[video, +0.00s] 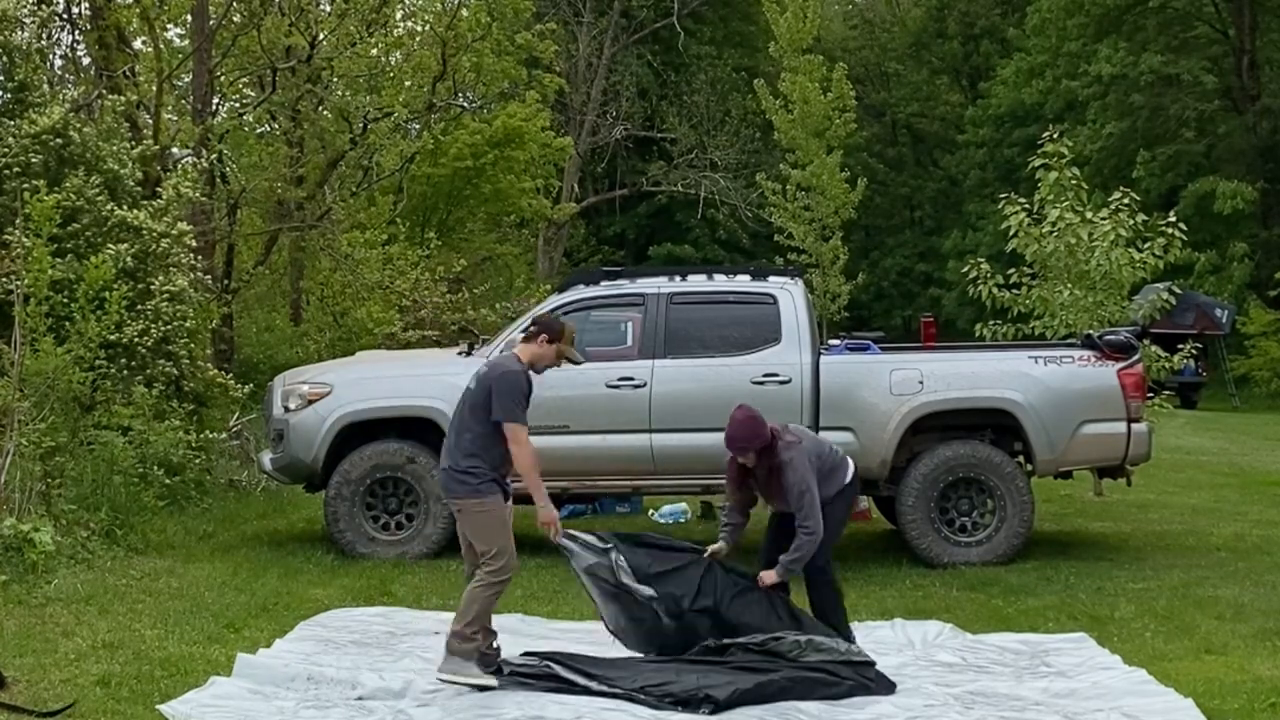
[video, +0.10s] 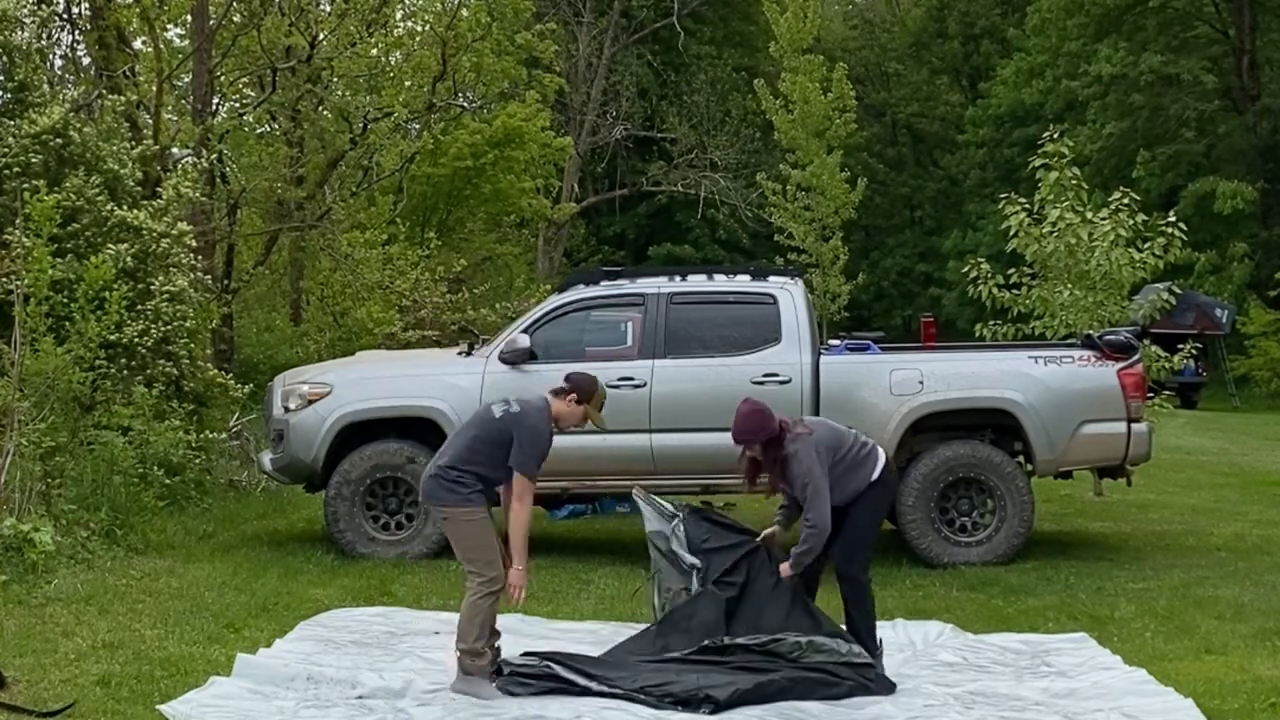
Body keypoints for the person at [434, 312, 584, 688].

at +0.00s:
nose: (556, 363)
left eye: (560, 358)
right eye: (558, 355)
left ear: (539, 340)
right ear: (542, 342)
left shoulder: (504, 368)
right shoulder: (511, 373)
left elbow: (509, 441)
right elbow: (518, 442)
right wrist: (544, 503)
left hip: (469, 481)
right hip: (475, 483)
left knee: (479, 568)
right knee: (499, 564)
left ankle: (482, 654)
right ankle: (459, 657)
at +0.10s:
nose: (582, 424)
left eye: (587, 418)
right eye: (585, 415)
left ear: (568, 397)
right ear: (570, 399)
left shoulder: (530, 414)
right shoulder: (535, 424)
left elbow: (511, 493)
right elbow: (520, 500)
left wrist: (514, 553)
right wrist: (519, 566)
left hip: (459, 488)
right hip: (453, 490)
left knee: (490, 574)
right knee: (488, 577)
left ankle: (483, 664)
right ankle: (471, 674)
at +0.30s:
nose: (593, 508)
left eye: (597, 503)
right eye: (595, 500)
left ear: (579, 484)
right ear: (581, 485)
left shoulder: (551, 506)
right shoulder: (535, 490)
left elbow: (548, 576)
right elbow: (502, 555)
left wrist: (554, 641)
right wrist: (503, 613)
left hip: (466, 515)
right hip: (433, 510)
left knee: (513, 576)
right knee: (482, 583)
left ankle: (490, 668)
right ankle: (465, 682)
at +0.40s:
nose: (585, 436)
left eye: (587, 429)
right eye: (585, 427)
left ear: (565, 417)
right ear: (567, 418)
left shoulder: (539, 453)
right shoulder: (529, 431)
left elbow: (535, 523)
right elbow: (508, 467)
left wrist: (548, 584)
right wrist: (556, 501)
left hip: (461, 506)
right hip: (436, 503)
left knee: (498, 577)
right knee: (480, 584)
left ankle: (490, 668)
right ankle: (466, 681)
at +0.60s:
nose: (509, 345)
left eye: (508, 338)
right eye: (504, 338)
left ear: (477, 337)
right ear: (483, 337)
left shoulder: (450, 368)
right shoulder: (475, 379)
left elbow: (448, 429)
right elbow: (500, 451)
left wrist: (481, 459)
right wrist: (550, 485)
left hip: (409, 484)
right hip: (429, 492)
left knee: (433, 573)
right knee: (464, 586)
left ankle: (370, 633)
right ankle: (466, 683)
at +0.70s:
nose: (441, 343)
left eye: (442, 336)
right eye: (436, 336)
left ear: (413, 336)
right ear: (411, 336)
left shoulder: (399, 371)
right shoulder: (407, 383)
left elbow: (423, 435)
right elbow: (412, 460)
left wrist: (448, 461)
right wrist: (445, 495)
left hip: (381, 495)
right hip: (397, 498)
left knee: (383, 588)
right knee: (438, 582)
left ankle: (330, 664)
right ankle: (468, 675)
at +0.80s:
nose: (377, 332)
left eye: (383, 325)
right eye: (370, 324)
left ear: (391, 327)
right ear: (355, 324)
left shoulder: (393, 363)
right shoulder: (341, 369)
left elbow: (399, 420)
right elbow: (345, 439)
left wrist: (413, 442)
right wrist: (399, 455)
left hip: (362, 476)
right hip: (332, 478)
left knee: (353, 572)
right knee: (387, 547)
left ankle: (328, 663)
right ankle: (364, 645)